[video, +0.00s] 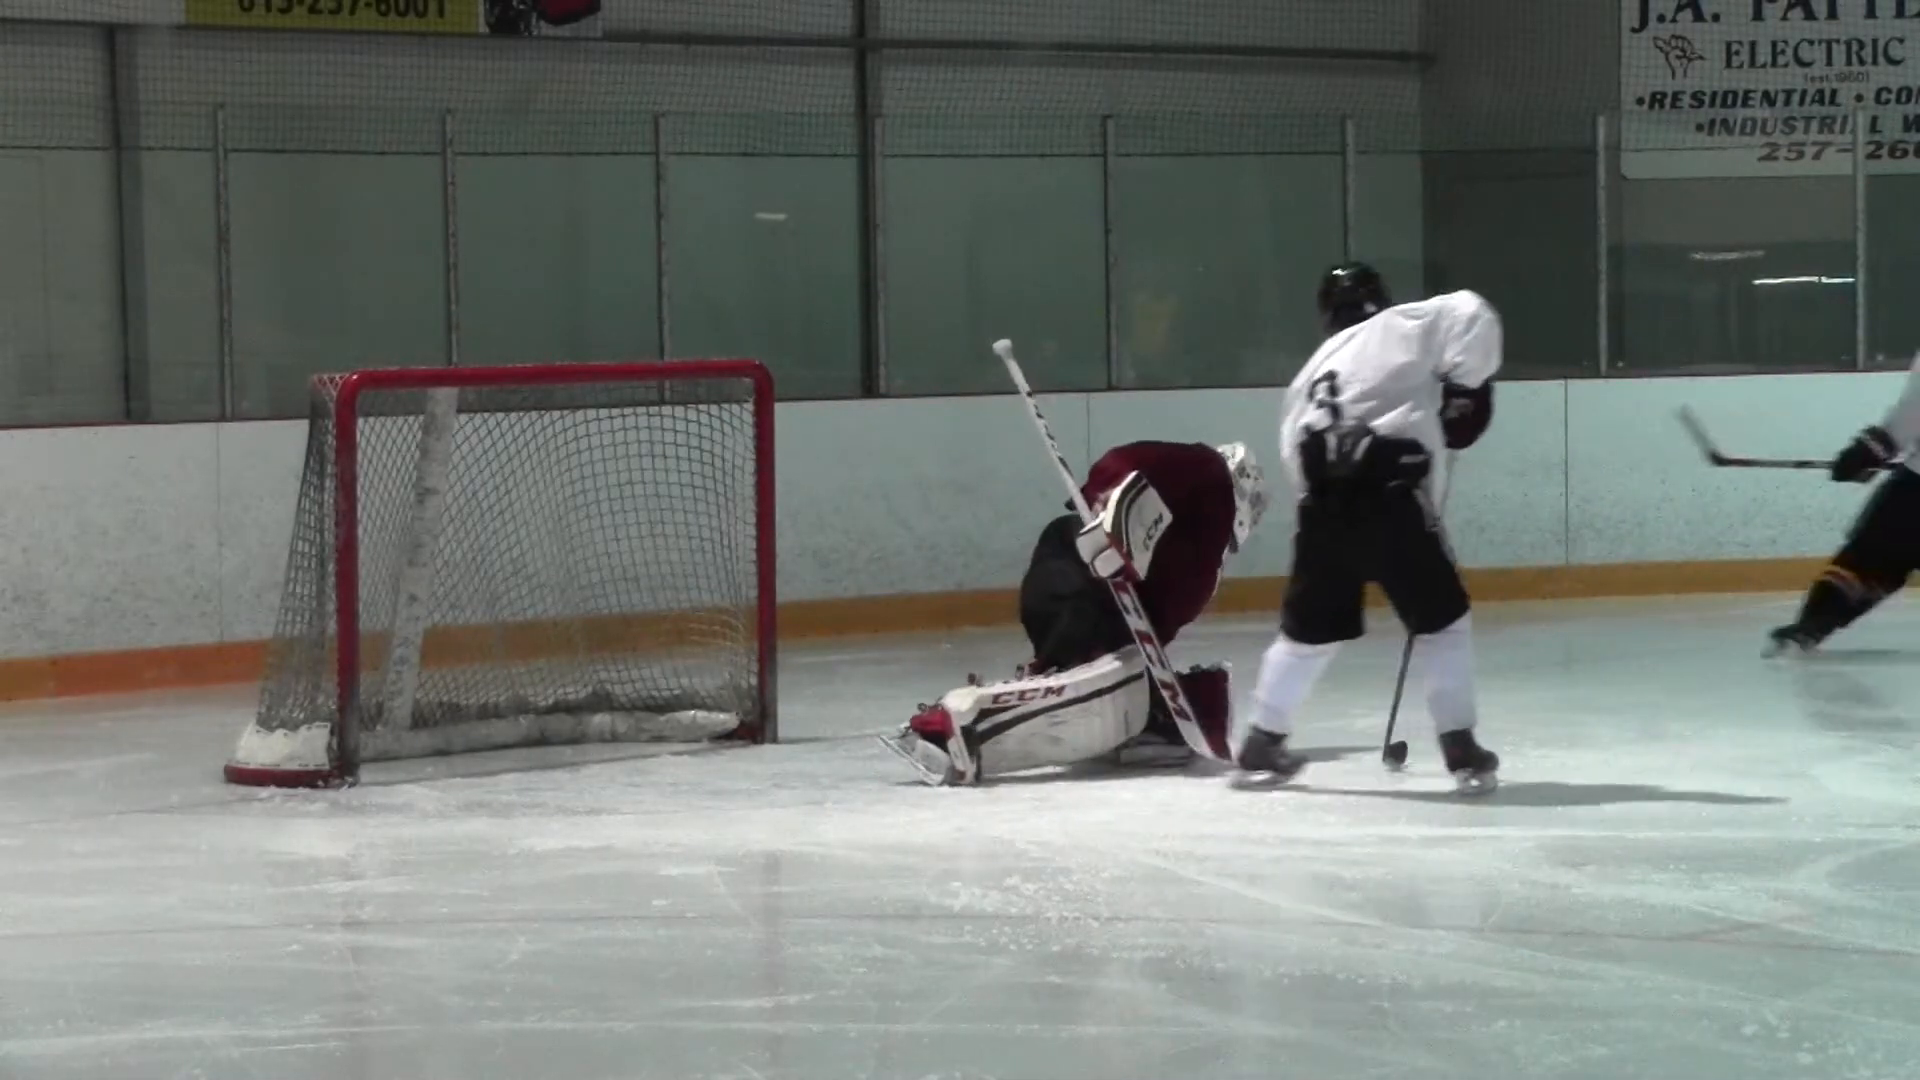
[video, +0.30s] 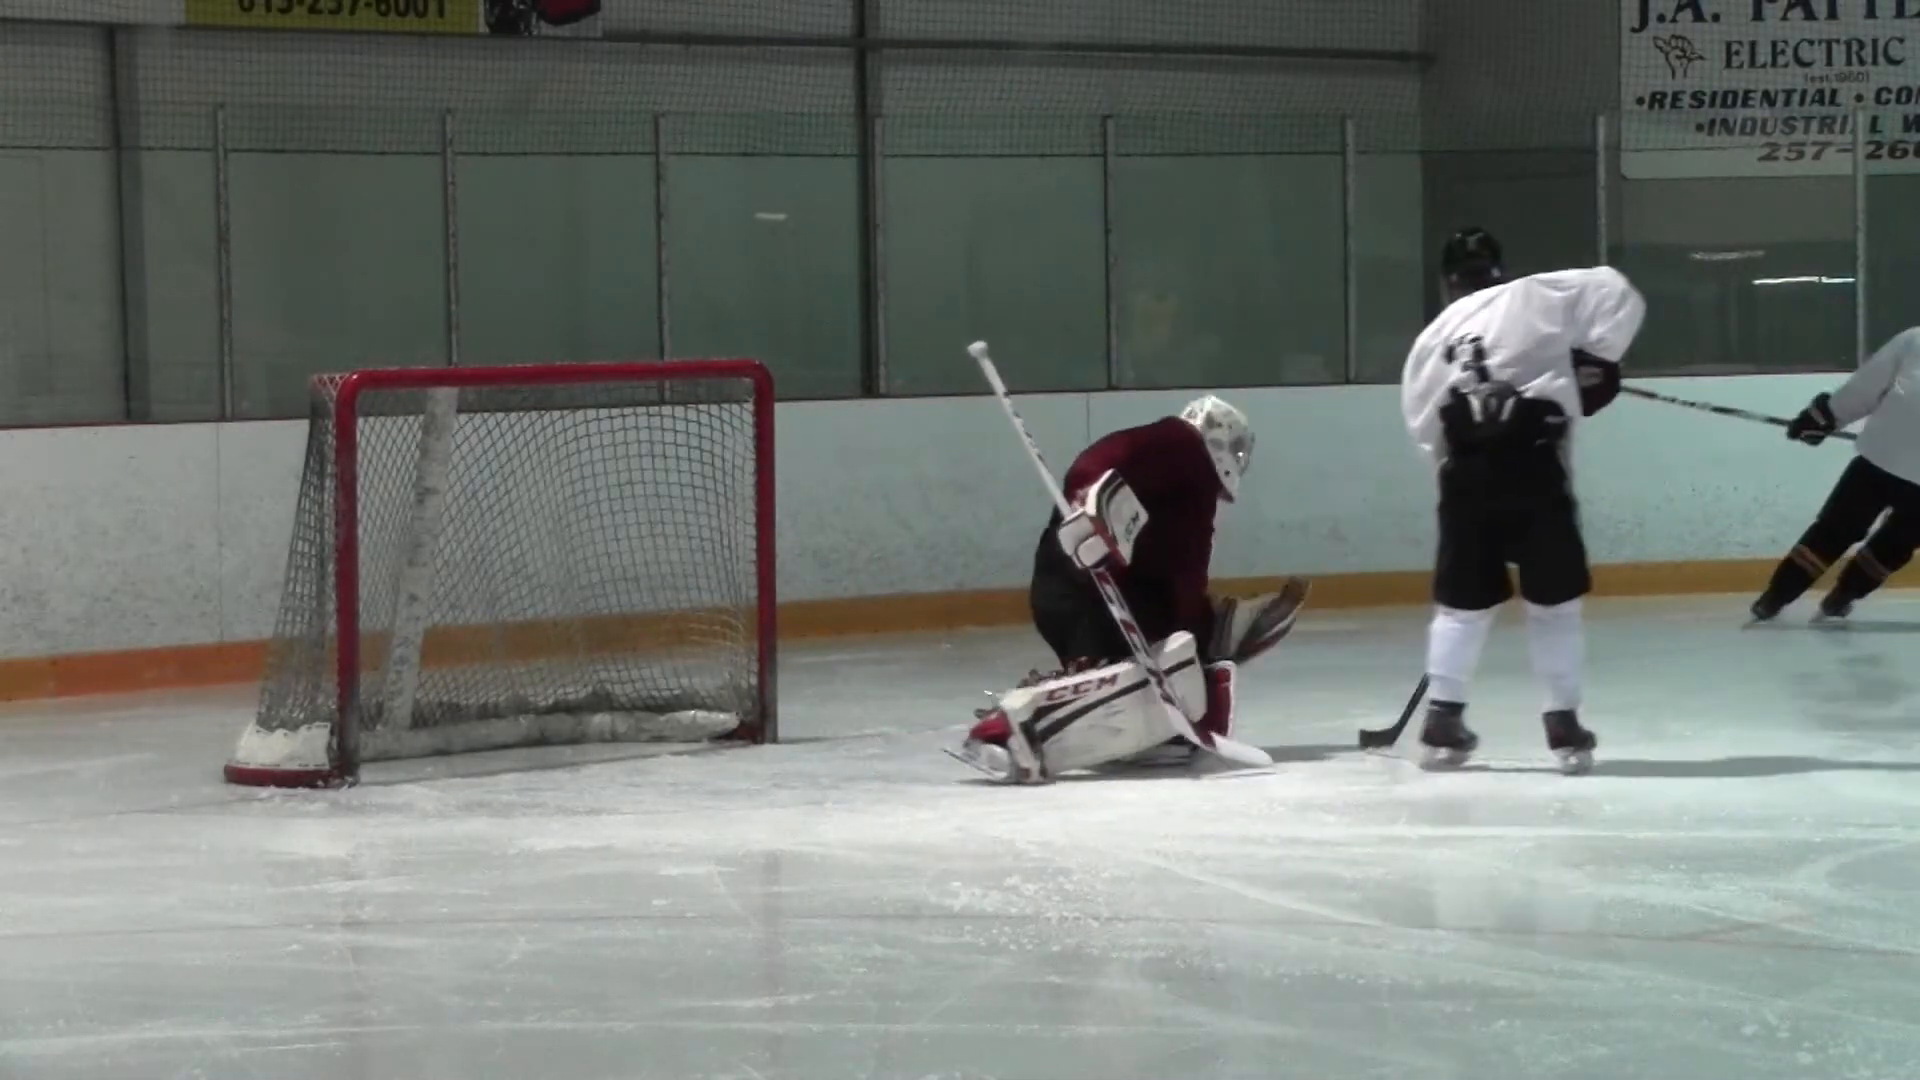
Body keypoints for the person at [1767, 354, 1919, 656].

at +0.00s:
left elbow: (1913, 403)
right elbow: (1914, 402)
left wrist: (1876, 444)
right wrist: (1877, 444)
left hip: (1915, 477)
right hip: (1913, 476)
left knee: (1869, 554)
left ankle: (1810, 627)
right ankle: (1812, 627)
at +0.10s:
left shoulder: (1912, 349)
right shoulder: (1909, 351)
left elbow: (1873, 396)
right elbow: (1875, 398)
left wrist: (1829, 439)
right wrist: (1832, 442)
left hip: (1889, 476)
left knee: (1824, 546)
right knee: (1866, 564)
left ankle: (1767, 616)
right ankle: (1795, 619)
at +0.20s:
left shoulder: (1907, 345)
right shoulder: (1905, 346)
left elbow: (1857, 393)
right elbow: (1858, 394)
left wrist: (1811, 428)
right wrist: (1815, 429)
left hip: (1866, 472)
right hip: (1913, 497)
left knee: (1813, 539)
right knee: (1865, 557)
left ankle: (1753, 608)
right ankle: (1808, 608)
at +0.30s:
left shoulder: (1912, 341)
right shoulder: (1910, 342)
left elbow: (1868, 384)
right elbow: (1870, 384)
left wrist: (1824, 414)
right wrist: (1827, 415)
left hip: (1882, 456)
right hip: (1918, 482)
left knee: (1834, 529)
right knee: (1895, 546)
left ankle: (1775, 596)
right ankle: (1842, 597)